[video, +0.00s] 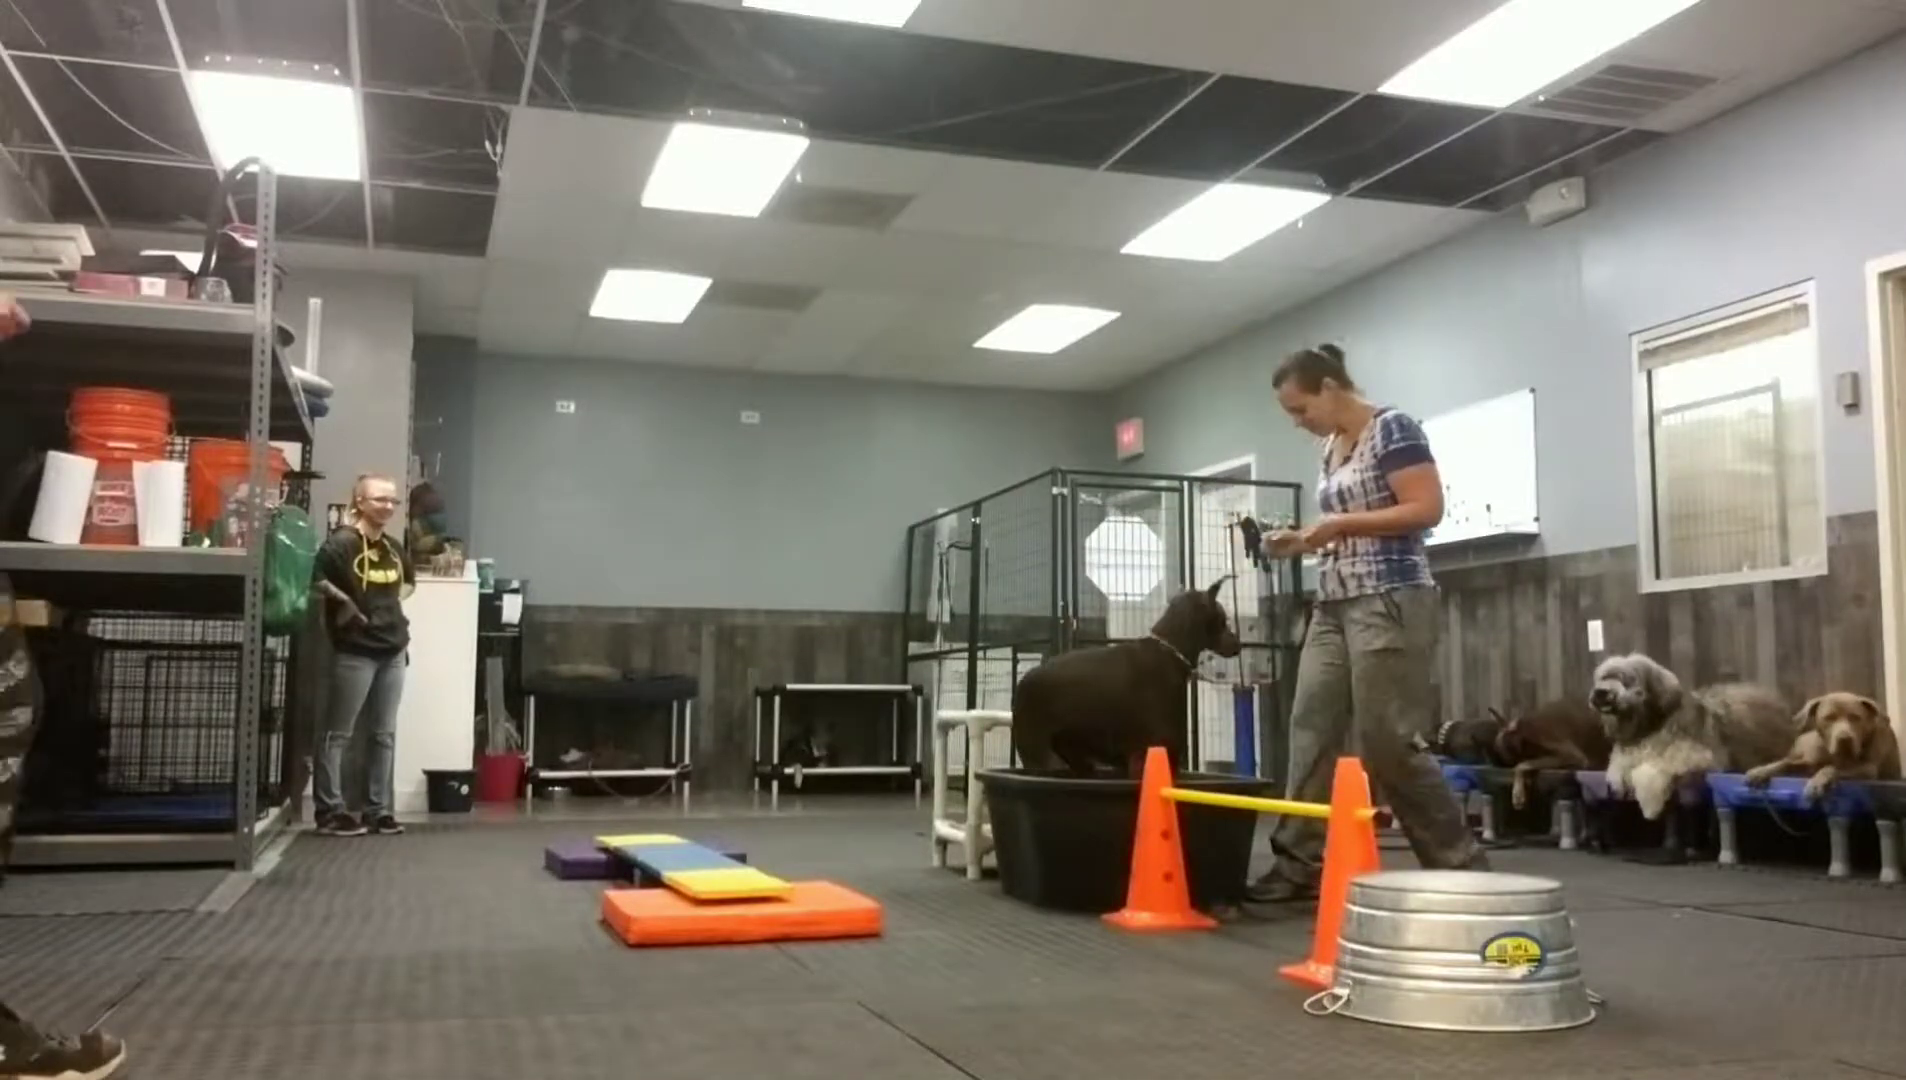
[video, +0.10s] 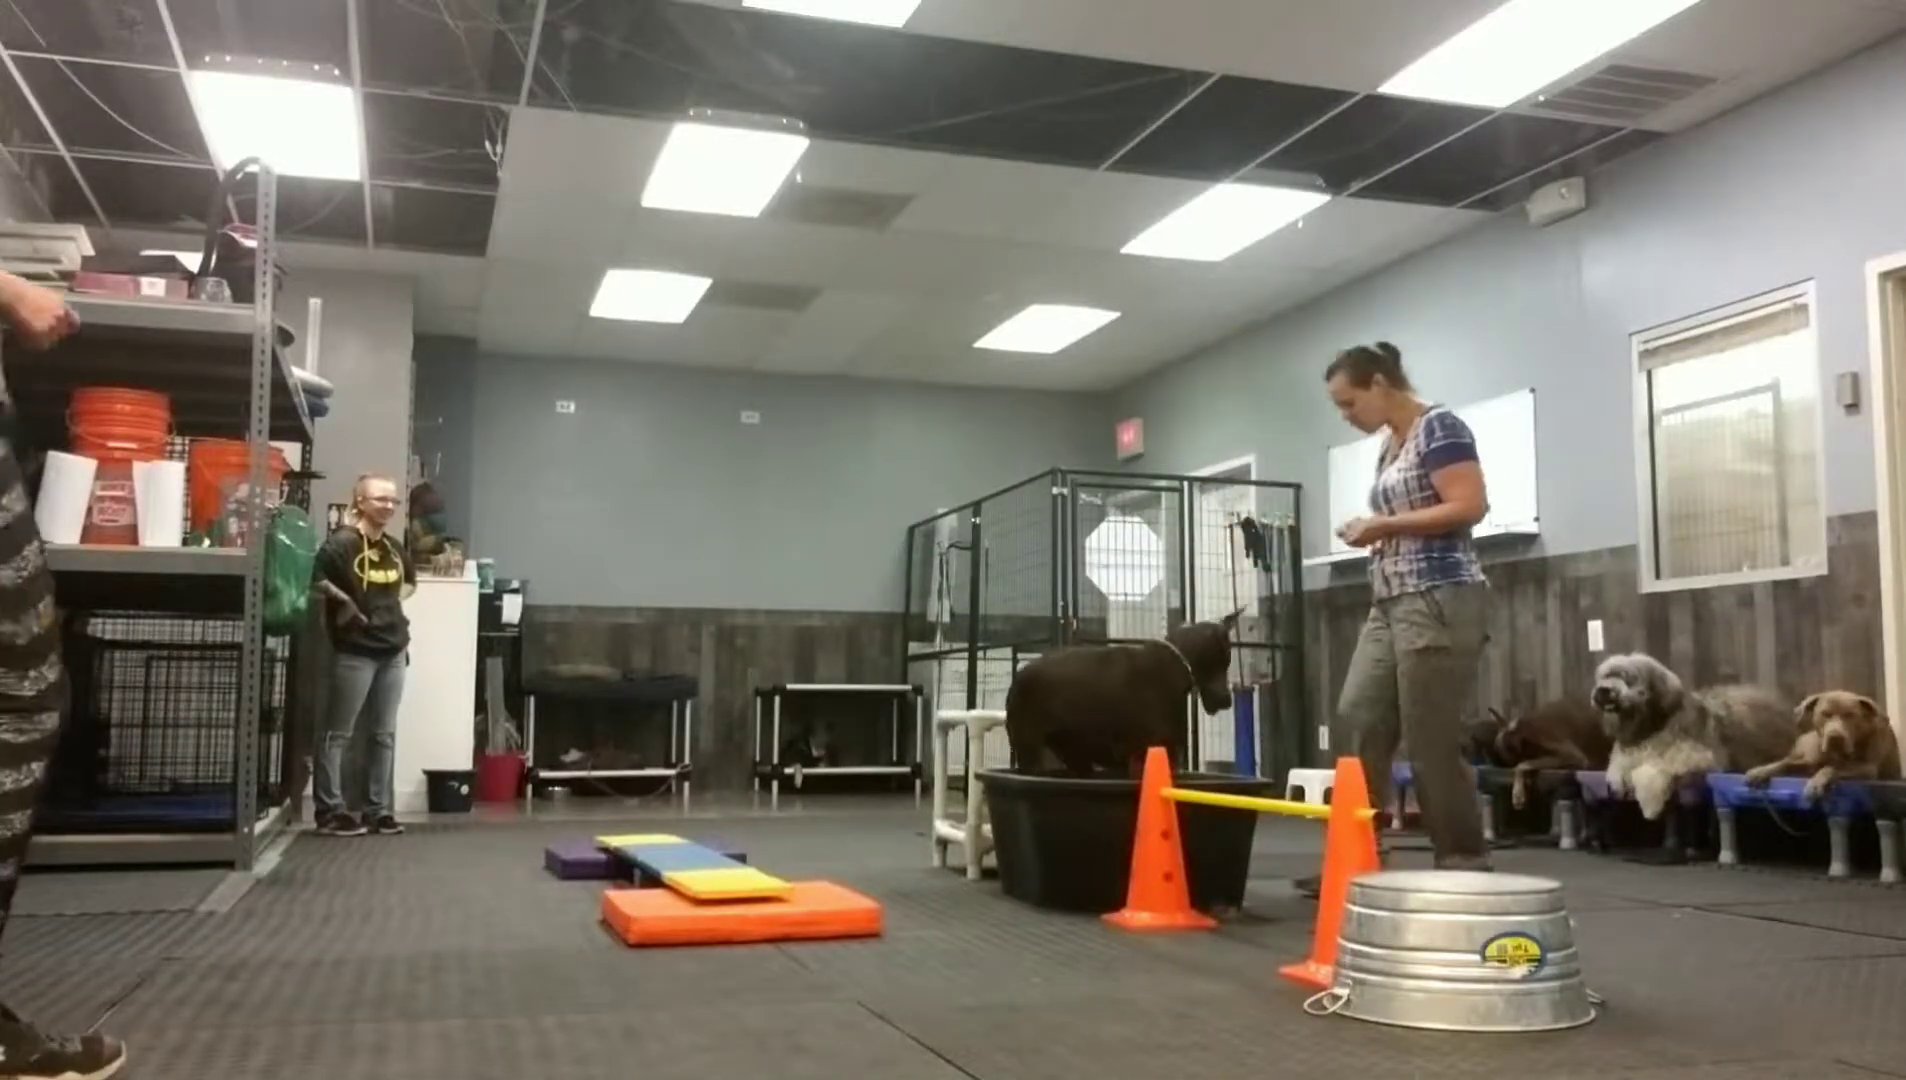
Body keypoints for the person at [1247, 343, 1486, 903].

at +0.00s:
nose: (1300, 423)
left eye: (1300, 409)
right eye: (1293, 414)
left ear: (1330, 388)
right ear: (1321, 398)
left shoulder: (1392, 427)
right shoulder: (1332, 456)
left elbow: (1427, 509)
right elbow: (1349, 531)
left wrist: (1341, 523)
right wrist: (1300, 542)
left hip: (1388, 602)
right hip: (1336, 607)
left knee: (1387, 740)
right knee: (1311, 729)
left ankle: (1462, 867)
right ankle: (1298, 867)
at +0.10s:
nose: (1347, 418)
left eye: (1348, 404)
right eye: (1341, 408)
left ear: (1379, 384)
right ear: (1374, 391)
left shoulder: (1438, 428)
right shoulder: (1391, 449)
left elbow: (1470, 505)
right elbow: (1418, 520)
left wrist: (1388, 525)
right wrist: (1375, 530)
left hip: (1439, 600)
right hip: (1392, 605)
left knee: (1431, 742)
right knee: (1358, 720)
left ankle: (1463, 869)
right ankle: (1356, 862)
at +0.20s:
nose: (1394, 411)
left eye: (1395, 397)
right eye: (1388, 401)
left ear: (1428, 379)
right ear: (1424, 386)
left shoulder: (1482, 423)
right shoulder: (1437, 445)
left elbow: (1512, 500)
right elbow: (1464, 516)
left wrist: (1429, 522)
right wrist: (1418, 526)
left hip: (1481, 595)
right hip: (1440, 600)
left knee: (1463, 728)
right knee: (1420, 718)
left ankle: (1469, 862)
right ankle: (1521, 819)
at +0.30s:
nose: (1440, 416)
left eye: (1441, 404)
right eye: (1435, 408)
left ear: (1473, 386)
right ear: (1471, 391)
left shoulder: (1529, 433)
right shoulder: (1485, 451)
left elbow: (1562, 511)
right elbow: (1512, 521)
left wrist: (1481, 528)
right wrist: (1468, 531)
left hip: (1533, 604)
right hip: (1507, 607)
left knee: (1495, 734)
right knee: (1533, 740)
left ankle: (1469, 865)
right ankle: (1622, 849)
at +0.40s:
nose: (1481, 423)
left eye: (1482, 410)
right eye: (1476, 414)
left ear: (1514, 393)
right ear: (1510, 399)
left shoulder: (1576, 433)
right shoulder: (1522, 460)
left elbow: (1619, 508)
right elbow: (1554, 529)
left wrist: (1536, 533)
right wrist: (1511, 537)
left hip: (1589, 607)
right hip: (1546, 613)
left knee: (1547, 733)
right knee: (1577, 744)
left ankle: (1495, 850)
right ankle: (1641, 866)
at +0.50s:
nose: (1517, 416)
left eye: (1518, 403)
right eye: (1512, 407)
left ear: (1549, 385)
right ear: (1546, 391)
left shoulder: (1613, 426)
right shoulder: (1554, 454)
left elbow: (1656, 501)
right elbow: (1583, 523)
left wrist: (1570, 524)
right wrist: (1542, 528)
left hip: (1622, 598)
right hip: (1575, 607)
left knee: (1580, 714)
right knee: (1600, 727)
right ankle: (1643, 859)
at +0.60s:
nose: (1544, 407)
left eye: (1548, 394)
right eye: (1540, 398)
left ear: (1584, 381)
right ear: (1574, 389)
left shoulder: (1642, 426)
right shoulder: (1581, 456)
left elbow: (1679, 503)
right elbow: (1601, 528)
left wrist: (1593, 522)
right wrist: (1567, 529)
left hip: (1641, 600)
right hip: (1590, 606)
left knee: (1634, 726)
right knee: (1604, 734)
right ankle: (1640, 858)